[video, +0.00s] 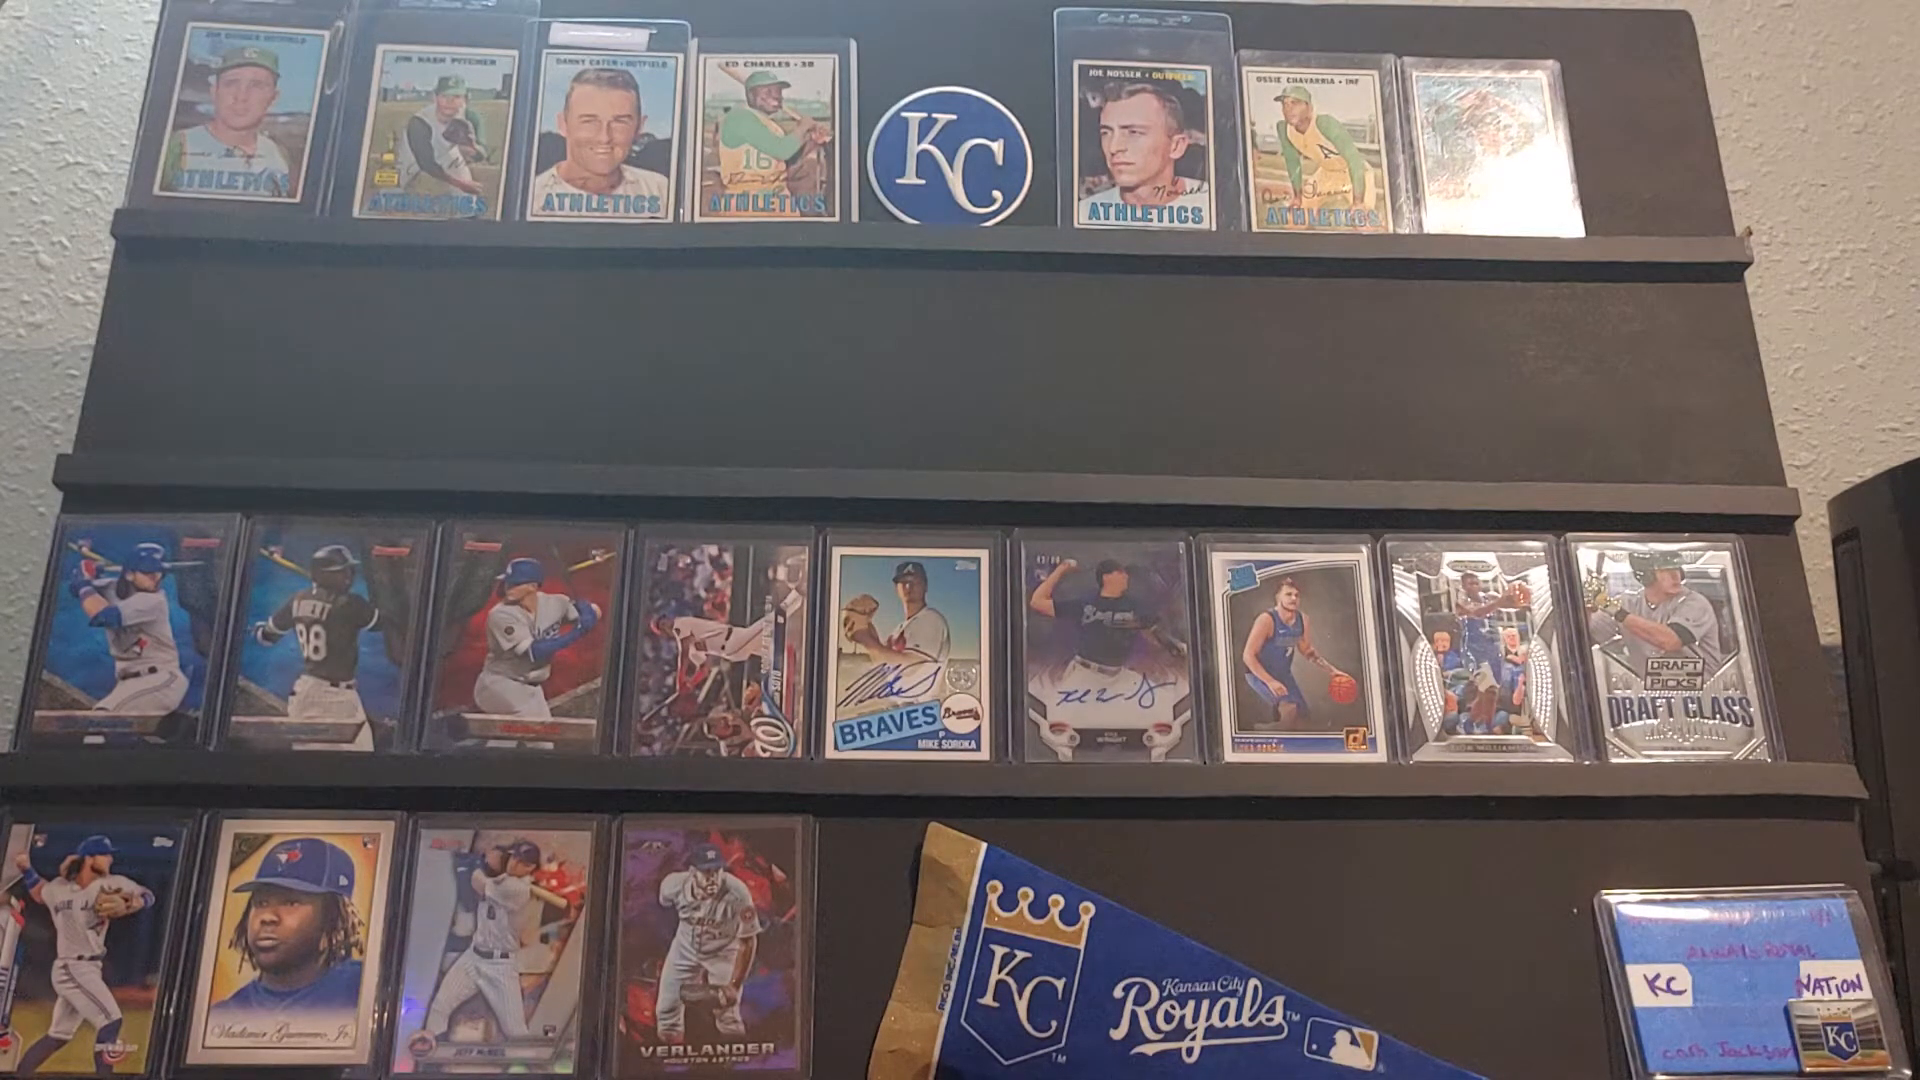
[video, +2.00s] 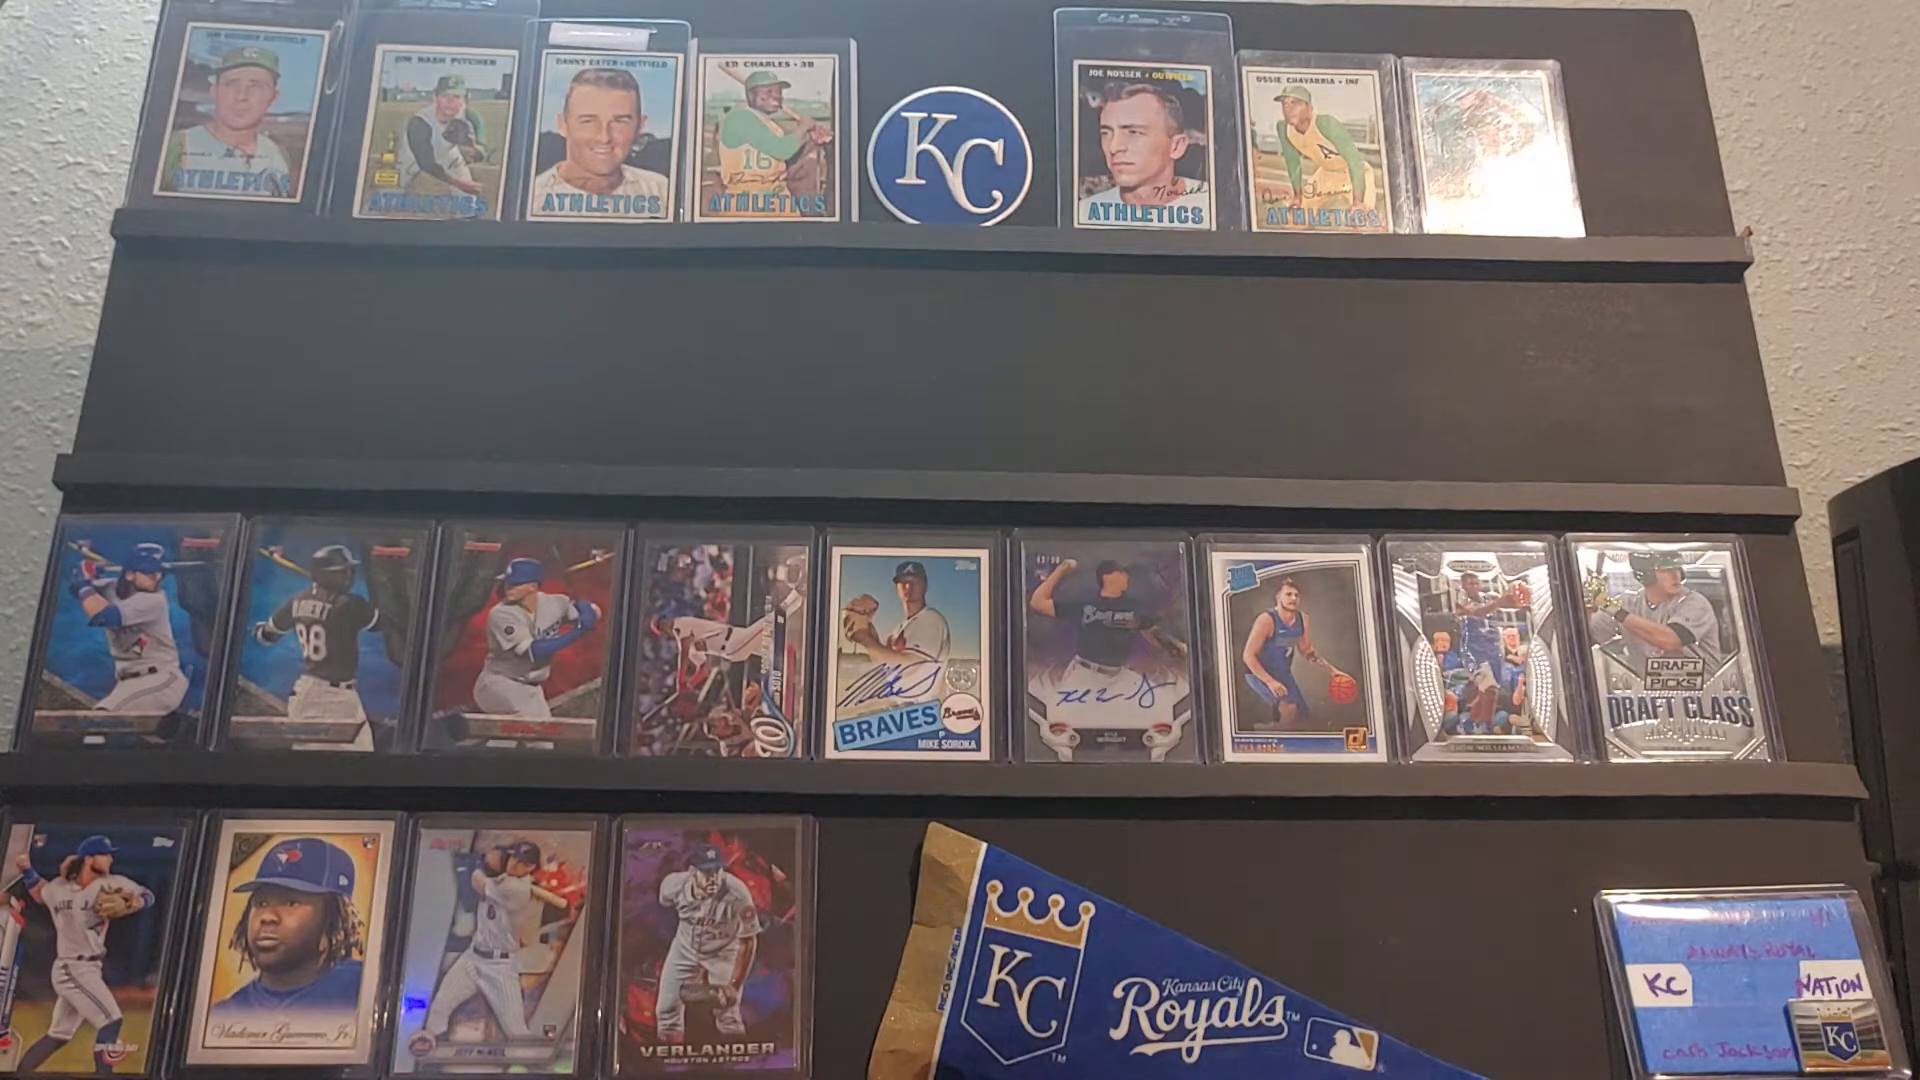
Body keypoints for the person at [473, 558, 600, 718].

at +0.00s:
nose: (507, 588)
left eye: (514, 584)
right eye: (507, 583)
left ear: (532, 586)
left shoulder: (554, 603)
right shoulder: (500, 614)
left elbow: (578, 606)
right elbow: (533, 652)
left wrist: (587, 614)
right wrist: (577, 632)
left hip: (531, 687)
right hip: (497, 684)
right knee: (529, 714)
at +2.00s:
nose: (508, 588)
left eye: (514, 584)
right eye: (507, 583)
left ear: (532, 586)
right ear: (504, 584)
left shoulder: (555, 603)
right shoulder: (500, 614)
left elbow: (579, 607)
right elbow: (532, 651)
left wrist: (587, 614)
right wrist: (576, 633)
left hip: (531, 688)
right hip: (497, 684)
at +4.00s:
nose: (507, 588)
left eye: (514, 584)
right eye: (507, 584)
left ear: (532, 587)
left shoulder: (556, 603)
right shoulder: (500, 614)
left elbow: (580, 607)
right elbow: (531, 651)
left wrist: (587, 614)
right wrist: (575, 634)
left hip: (531, 687)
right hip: (497, 683)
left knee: (545, 732)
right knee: (530, 716)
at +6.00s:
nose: (507, 588)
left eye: (514, 584)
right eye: (507, 583)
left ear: (533, 587)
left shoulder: (555, 603)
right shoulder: (500, 614)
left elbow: (580, 607)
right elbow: (532, 652)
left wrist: (588, 615)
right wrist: (575, 633)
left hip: (531, 688)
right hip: (496, 683)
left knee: (546, 734)